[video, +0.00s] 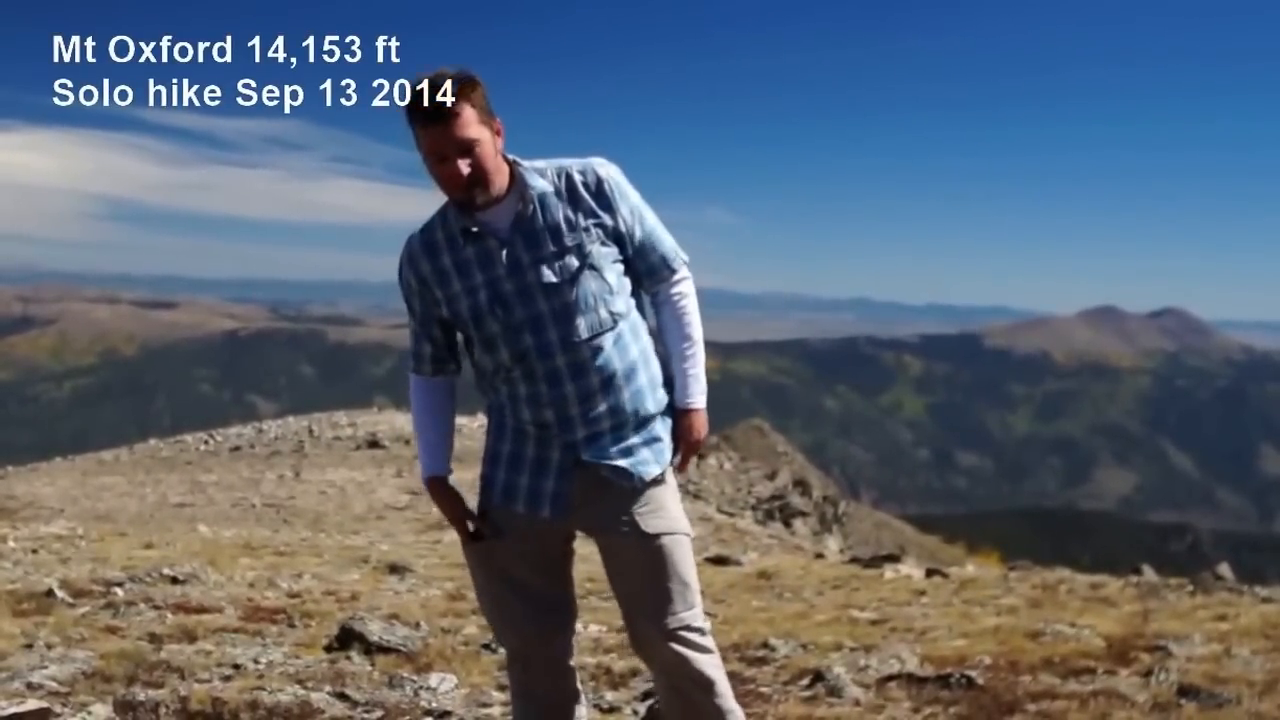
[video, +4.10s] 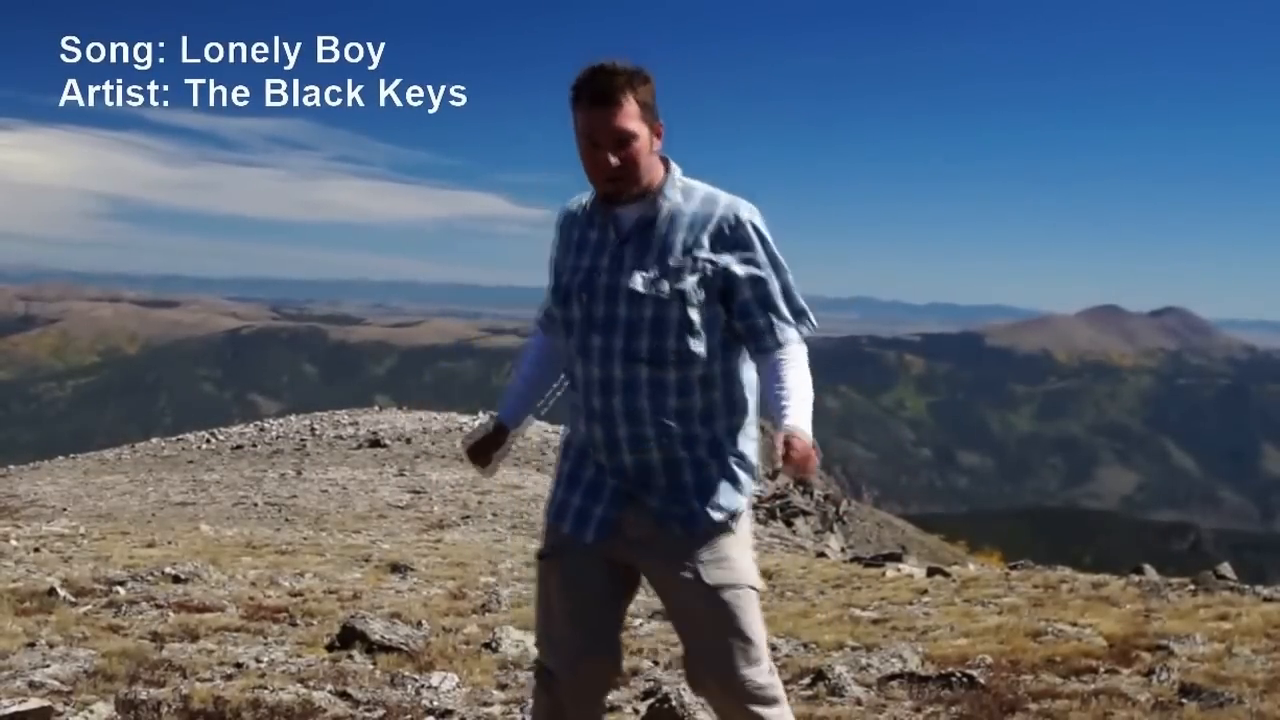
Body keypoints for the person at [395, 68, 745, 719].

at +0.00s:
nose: (457, 168)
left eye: (465, 148)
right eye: (439, 159)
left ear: (496, 132)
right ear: (422, 162)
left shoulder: (591, 186)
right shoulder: (428, 257)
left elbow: (670, 279)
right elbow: (431, 371)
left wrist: (691, 401)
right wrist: (435, 475)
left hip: (627, 442)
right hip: (520, 460)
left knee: (675, 637)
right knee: (533, 657)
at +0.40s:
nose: (541, 160)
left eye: (551, 142)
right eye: (524, 148)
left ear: (571, 128)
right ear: (495, 145)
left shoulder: (647, 192)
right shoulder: (473, 242)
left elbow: (708, 294)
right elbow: (457, 350)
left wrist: (724, 413)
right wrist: (449, 447)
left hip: (664, 454)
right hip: (553, 466)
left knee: (717, 645)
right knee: (546, 659)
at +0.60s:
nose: (627, 182)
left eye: (635, 165)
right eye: (611, 169)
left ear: (650, 146)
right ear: (574, 157)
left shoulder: (713, 212)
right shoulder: (532, 249)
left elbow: (760, 322)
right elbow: (488, 361)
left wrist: (770, 441)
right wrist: (439, 461)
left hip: (706, 470)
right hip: (594, 475)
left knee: (743, 662)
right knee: (562, 660)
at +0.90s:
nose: (729, 180)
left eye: (738, 163)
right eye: (714, 166)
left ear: (752, 147)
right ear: (676, 150)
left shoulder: (803, 212)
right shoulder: (623, 232)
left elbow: (843, 322)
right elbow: (585, 339)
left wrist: (851, 439)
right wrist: (530, 426)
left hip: (780, 472)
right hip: (667, 472)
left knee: (787, 663)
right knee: (616, 644)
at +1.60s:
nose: (695, 168)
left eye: (707, 153)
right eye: (681, 150)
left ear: (720, 148)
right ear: (644, 140)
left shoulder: (747, 233)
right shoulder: (571, 230)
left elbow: (769, 355)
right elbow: (519, 332)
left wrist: (790, 455)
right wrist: (493, 405)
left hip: (707, 486)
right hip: (593, 485)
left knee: (745, 670)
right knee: (564, 663)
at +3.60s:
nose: (651, 151)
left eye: (666, 135)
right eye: (637, 133)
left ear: (689, 130)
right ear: (609, 127)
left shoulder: (723, 228)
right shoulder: (538, 208)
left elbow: (736, 349)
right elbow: (476, 311)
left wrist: (771, 416)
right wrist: (488, 407)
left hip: (664, 481)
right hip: (550, 484)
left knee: (700, 662)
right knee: (558, 682)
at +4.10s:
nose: (606, 161)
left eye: (621, 142)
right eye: (591, 146)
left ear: (657, 134)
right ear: (577, 145)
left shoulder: (725, 223)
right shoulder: (577, 226)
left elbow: (779, 338)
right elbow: (554, 333)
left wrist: (792, 423)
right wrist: (504, 421)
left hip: (699, 494)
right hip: (590, 489)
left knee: (742, 686)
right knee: (565, 683)